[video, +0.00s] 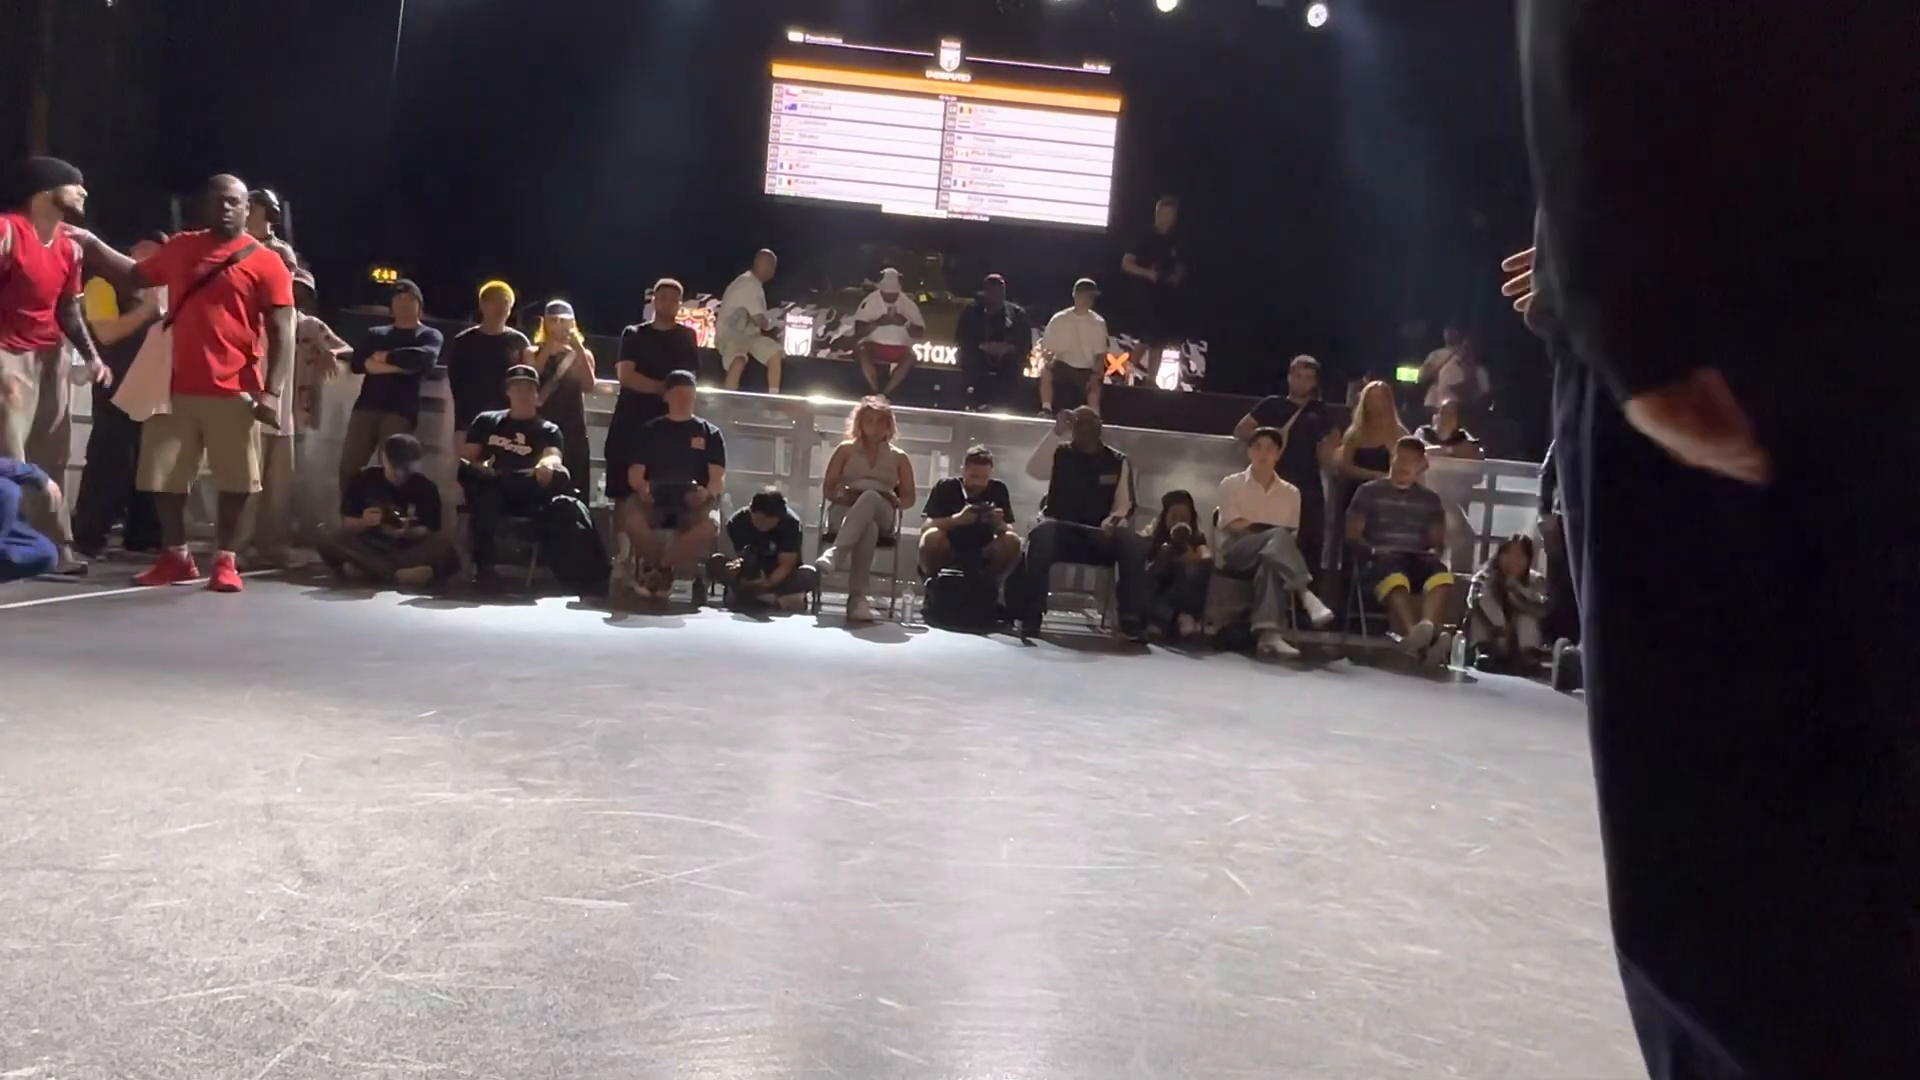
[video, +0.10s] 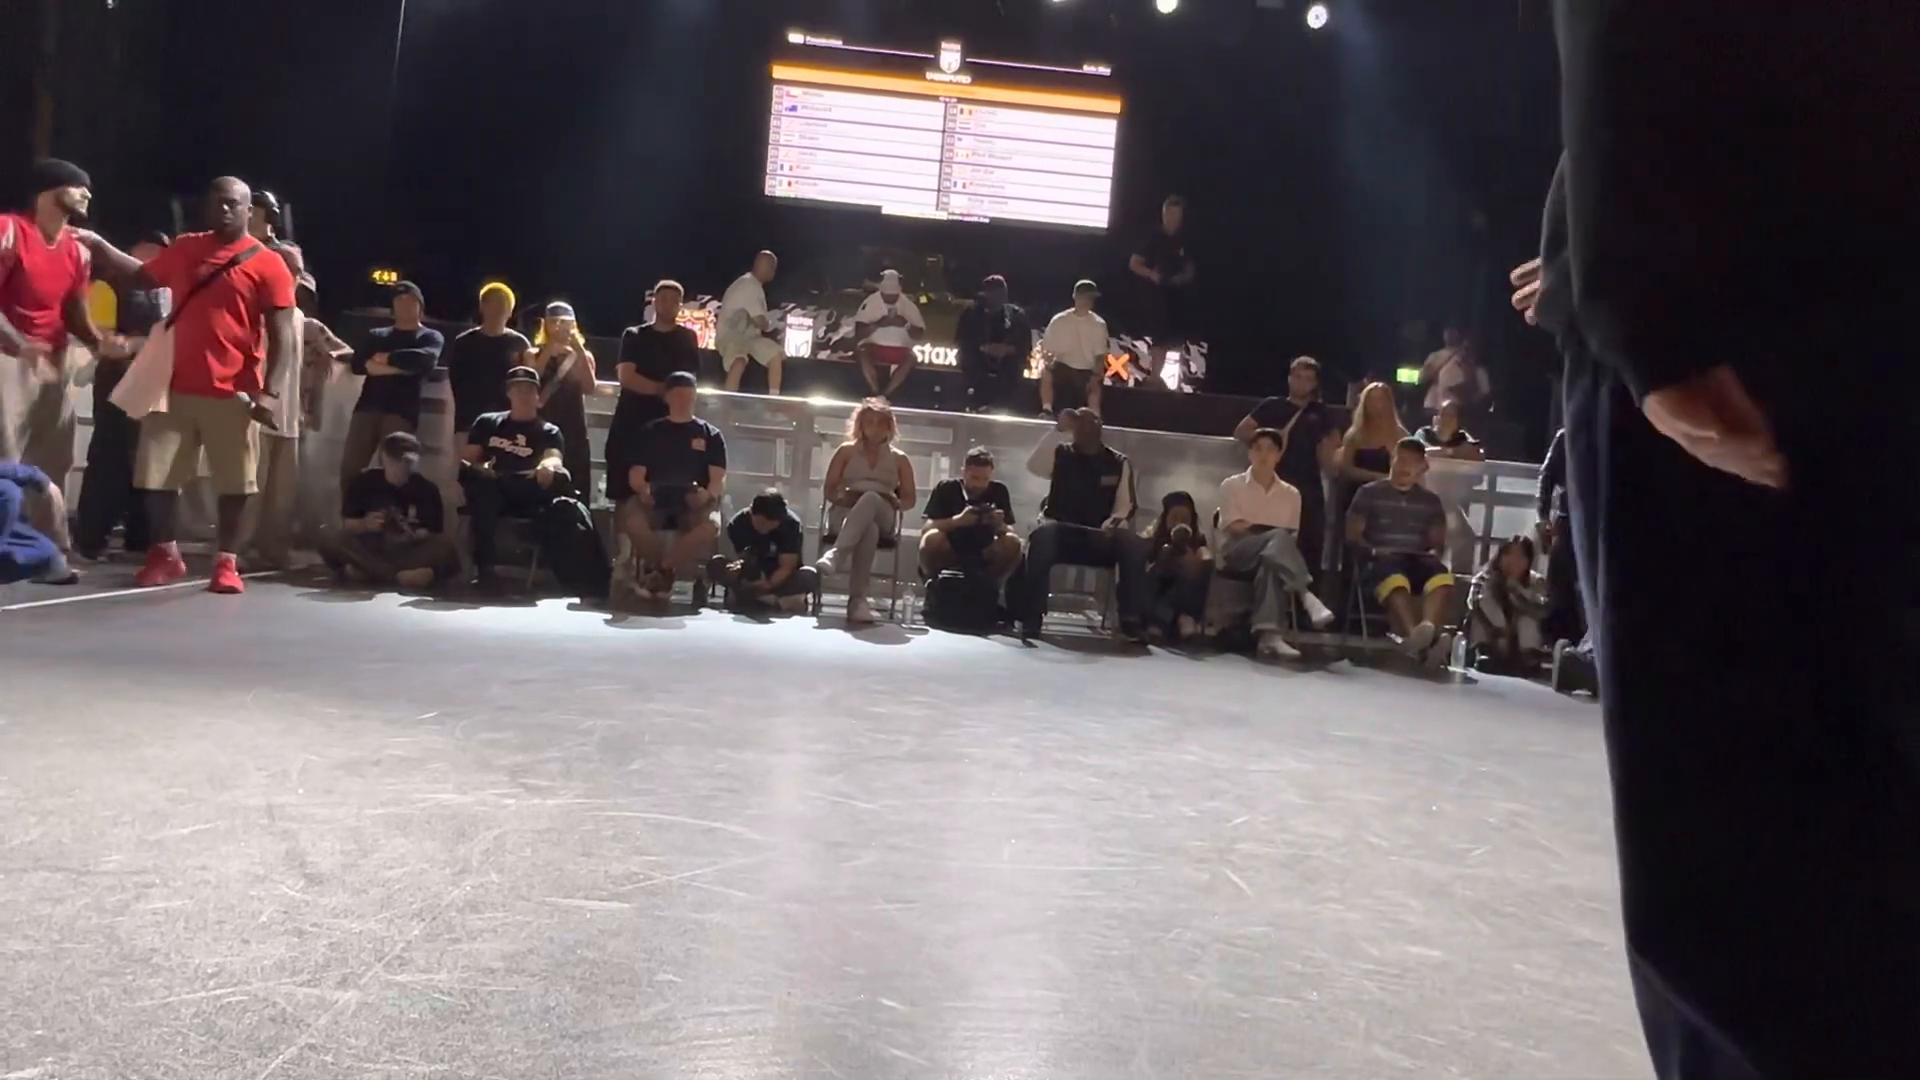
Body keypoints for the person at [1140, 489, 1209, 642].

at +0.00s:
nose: (1179, 522)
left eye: (1184, 517)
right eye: (1174, 516)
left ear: (1192, 517)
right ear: (1164, 516)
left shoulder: (1197, 539)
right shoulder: (1151, 539)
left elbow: (1207, 558)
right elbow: (1148, 572)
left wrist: (1191, 555)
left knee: (1196, 568)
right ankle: (1185, 616)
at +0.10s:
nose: (1179, 524)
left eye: (1184, 519)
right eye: (1174, 518)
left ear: (1192, 519)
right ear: (1165, 518)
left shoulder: (1197, 541)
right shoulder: (1150, 541)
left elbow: (1207, 562)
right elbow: (1147, 574)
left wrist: (1186, 549)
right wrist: (1164, 555)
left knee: (1194, 565)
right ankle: (1186, 617)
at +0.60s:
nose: (1174, 525)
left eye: (1179, 520)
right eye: (1169, 520)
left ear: (1187, 520)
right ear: (1159, 519)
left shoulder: (1192, 541)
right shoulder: (1145, 541)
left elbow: (1202, 562)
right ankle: (1181, 619)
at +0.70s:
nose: (1173, 524)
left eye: (1178, 519)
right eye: (1167, 519)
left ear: (1185, 519)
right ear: (1157, 519)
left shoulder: (1190, 541)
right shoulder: (1144, 541)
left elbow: (1200, 561)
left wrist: (1183, 557)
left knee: (1195, 569)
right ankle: (1179, 619)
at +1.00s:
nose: (1168, 526)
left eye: (1173, 520)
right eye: (1163, 520)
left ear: (1181, 520)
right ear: (1153, 520)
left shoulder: (1187, 542)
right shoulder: (1140, 542)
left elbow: (1197, 561)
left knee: (1193, 568)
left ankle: (1184, 620)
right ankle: (1174, 619)